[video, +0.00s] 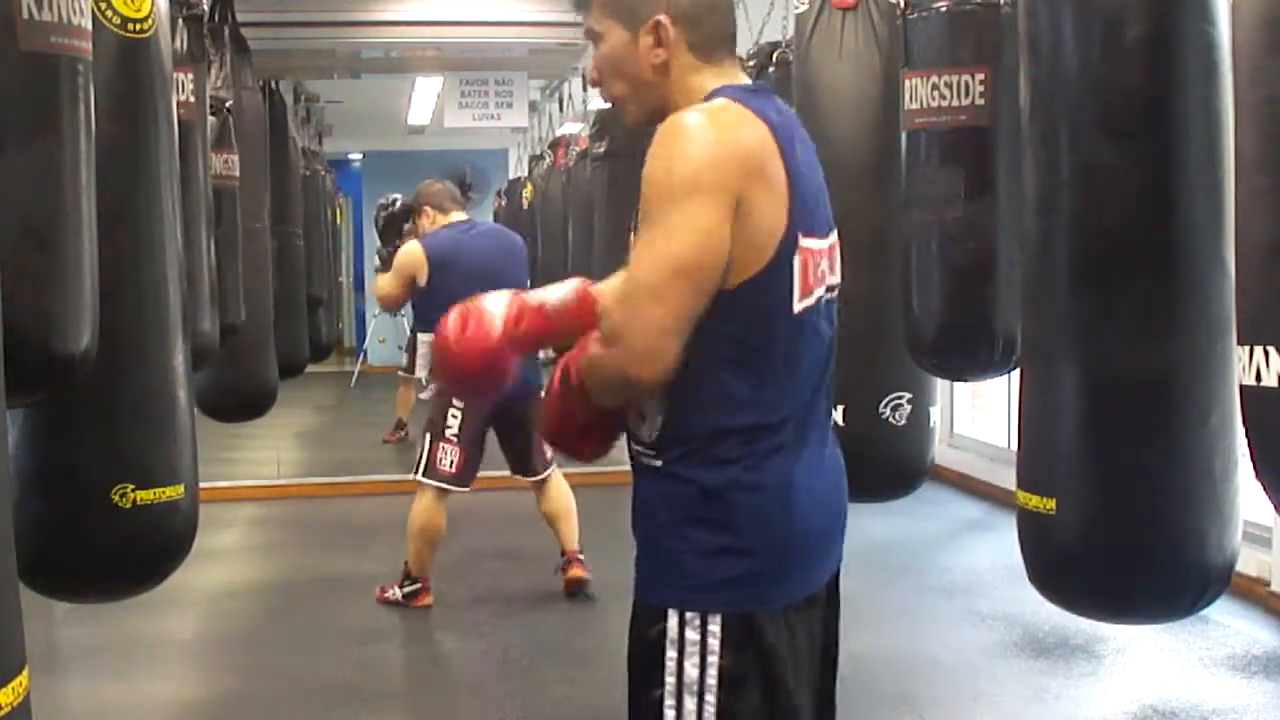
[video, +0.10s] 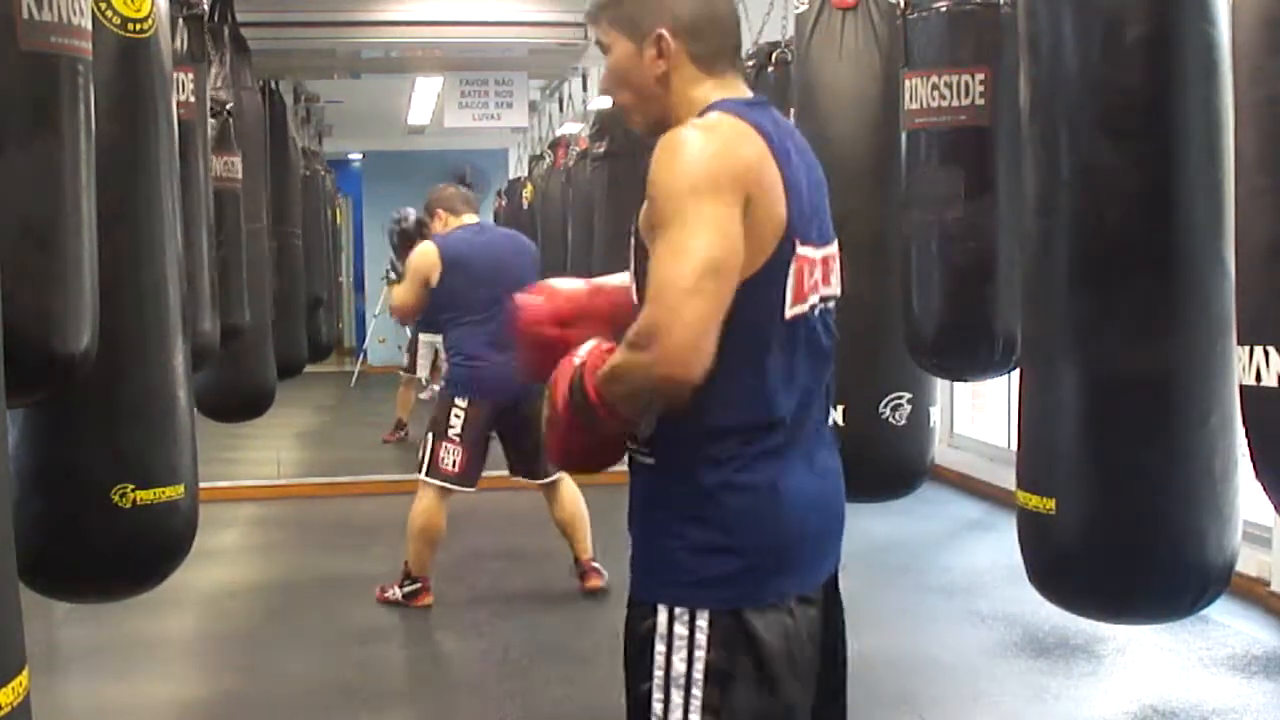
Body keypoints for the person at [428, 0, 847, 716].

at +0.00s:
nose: (590, 71)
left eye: (596, 39)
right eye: (588, 43)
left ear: (659, 39)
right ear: (661, 40)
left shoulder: (701, 135)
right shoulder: (765, 119)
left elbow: (639, 355)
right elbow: (673, 276)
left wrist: (586, 394)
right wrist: (529, 318)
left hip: (719, 528)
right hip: (790, 502)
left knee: (695, 710)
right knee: (789, 706)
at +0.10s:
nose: (604, 77)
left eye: (607, 49)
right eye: (602, 52)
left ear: (659, 49)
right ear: (665, 49)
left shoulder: (702, 147)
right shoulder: (774, 133)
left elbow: (674, 359)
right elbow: (755, 298)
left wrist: (591, 385)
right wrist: (610, 306)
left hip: (718, 528)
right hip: (793, 501)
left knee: (691, 709)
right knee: (800, 707)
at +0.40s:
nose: (613, 90)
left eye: (618, 68)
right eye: (610, 70)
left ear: (667, 69)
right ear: (700, 67)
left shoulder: (676, 151)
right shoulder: (792, 151)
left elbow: (665, 304)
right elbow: (839, 283)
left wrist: (602, 346)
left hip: (707, 495)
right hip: (811, 485)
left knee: (600, 699)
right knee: (801, 698)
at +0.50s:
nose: (598, 102)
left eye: (601, 79)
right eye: (594, 82)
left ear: (648, 78)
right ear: (679, 77)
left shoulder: (663, 159)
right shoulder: (781, 159)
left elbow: (653, 327)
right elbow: (751, 320)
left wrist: (584, 308)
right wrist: (626, 295)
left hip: (695, 487)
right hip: (802, 478)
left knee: (572, 687)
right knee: (803, 703)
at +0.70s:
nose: (540, 141)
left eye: (542, 119)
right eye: (535, 122)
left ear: (590, 106)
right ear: (602, 100)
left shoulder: (609, 182)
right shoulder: (727, 167)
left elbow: (566, 340)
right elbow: (687, 309)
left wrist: (470, 302)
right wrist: (560, 277)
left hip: (641, 489)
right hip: (747, 478)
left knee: (575, 683)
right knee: (758, 693)